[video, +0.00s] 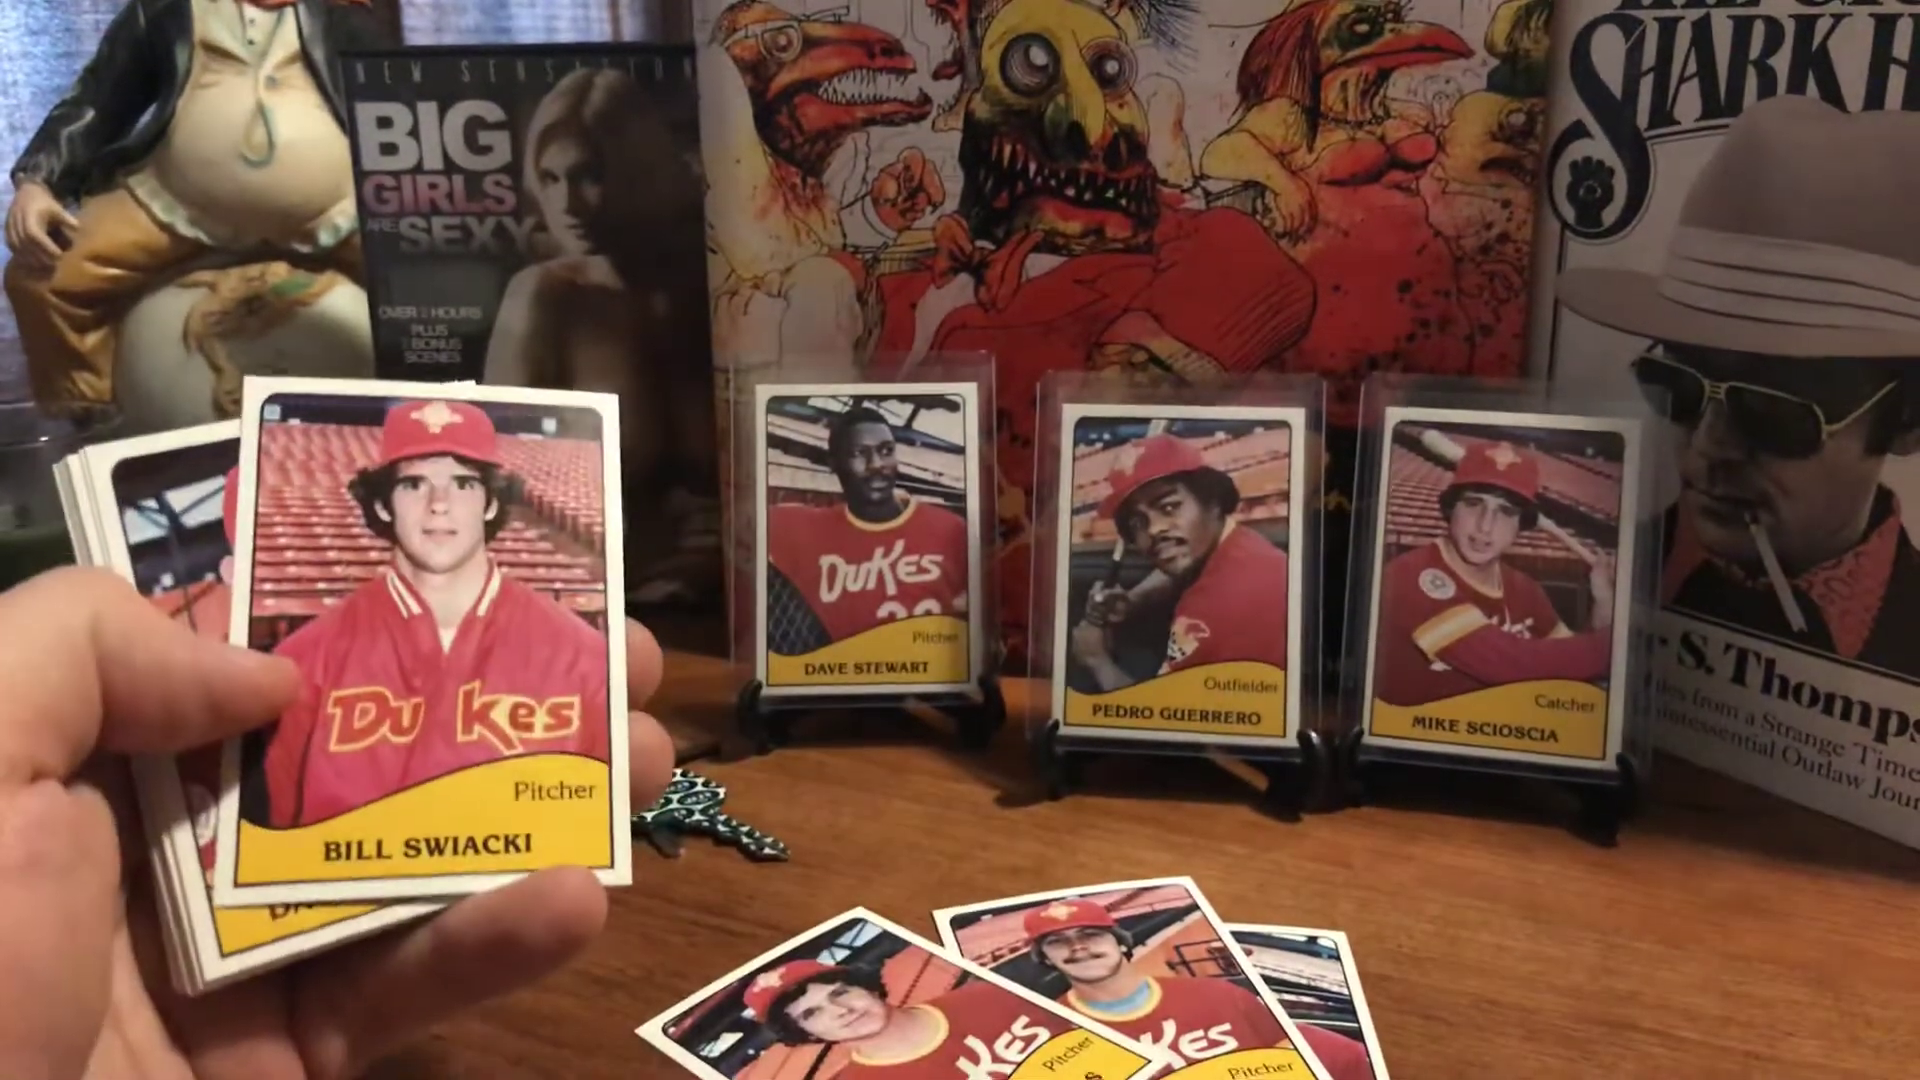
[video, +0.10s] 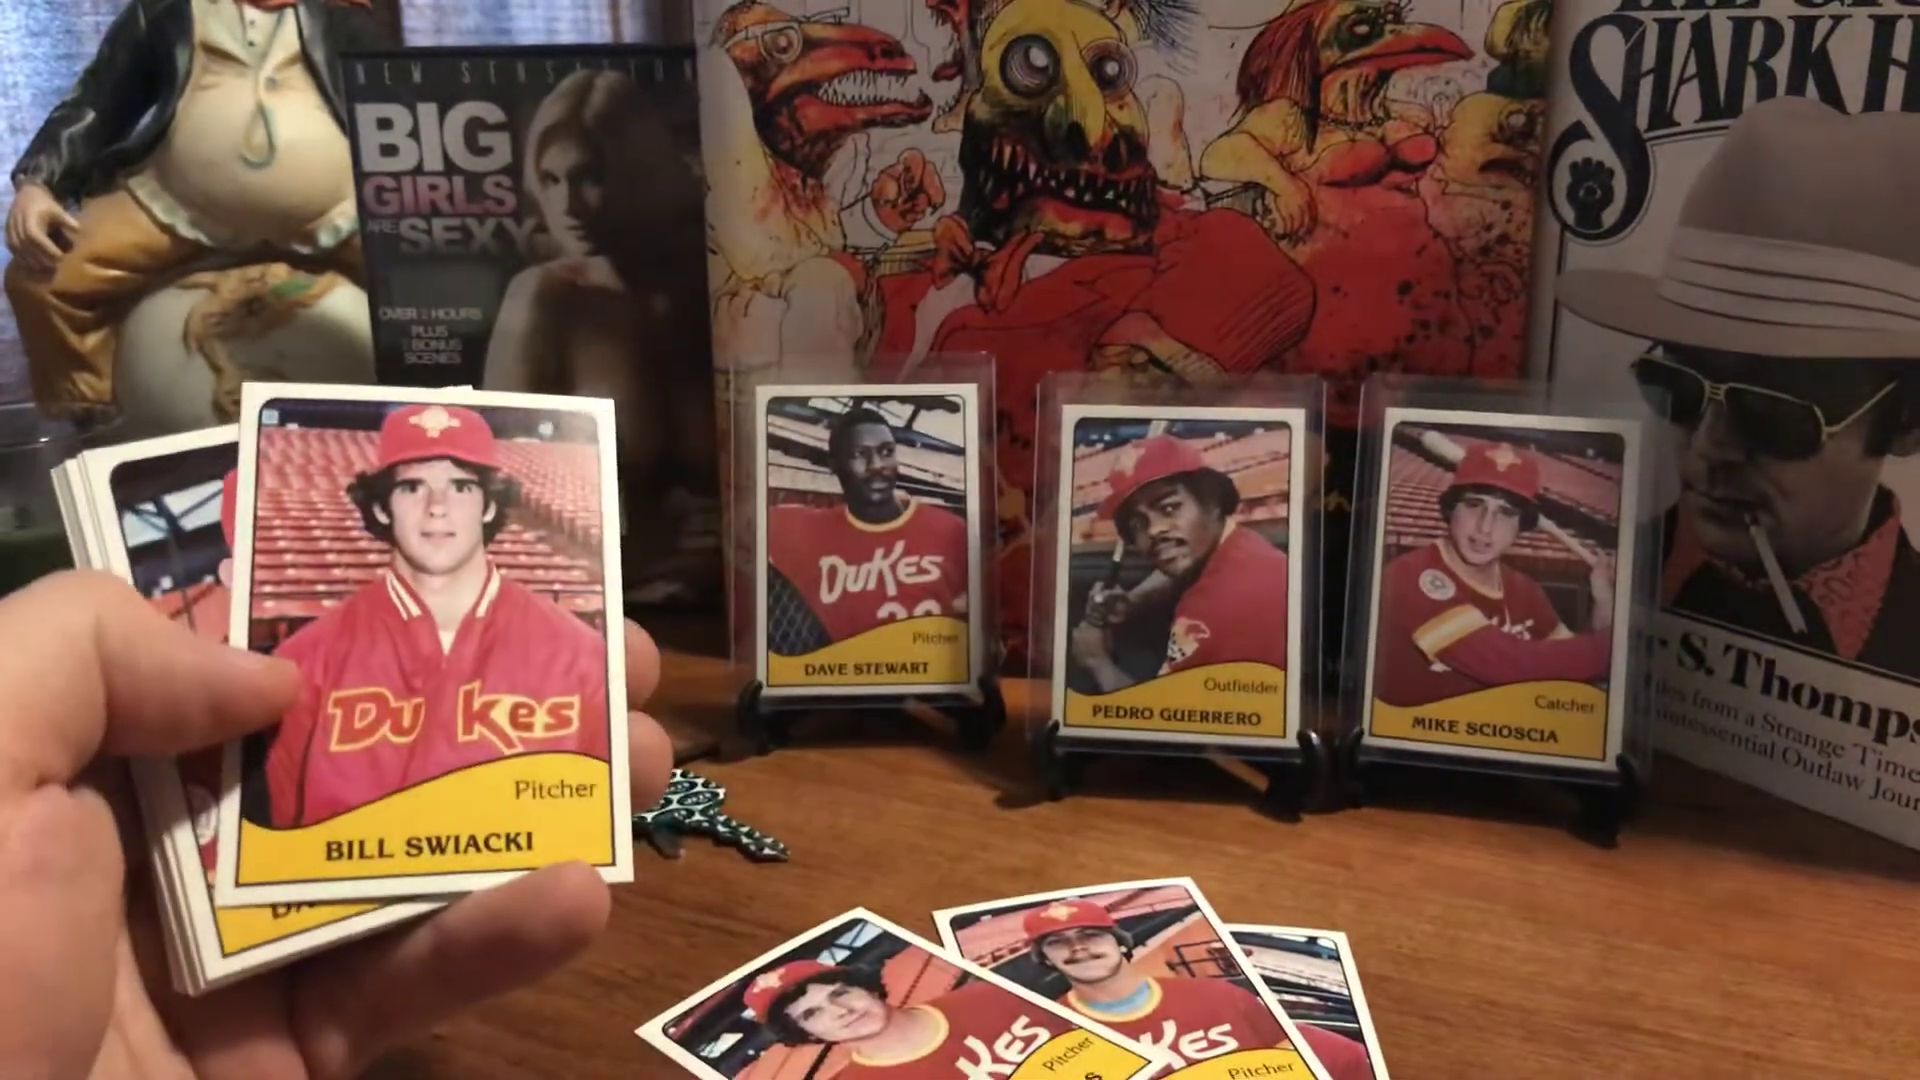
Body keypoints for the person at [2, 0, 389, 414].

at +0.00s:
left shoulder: (343, 16)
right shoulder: (162, 11)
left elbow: (395, 95)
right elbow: (98, 99)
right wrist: (34, 179)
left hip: (338, 209)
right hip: (176, 204)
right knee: (42, 278)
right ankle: (92, 430)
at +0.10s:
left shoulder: (343, 17)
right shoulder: (162, 13)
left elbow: (394, 91)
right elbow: (99, 99)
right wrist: (34, 180)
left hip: (340, 209)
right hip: (178, 206)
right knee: (43, 279)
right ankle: (96, 431)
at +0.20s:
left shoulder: (345, 20)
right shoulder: (163, 12)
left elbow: (398, 103)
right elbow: (97, 102)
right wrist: (34, 182)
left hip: (338, 214)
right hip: (177, 207)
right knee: (43, 282)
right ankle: (95, 431)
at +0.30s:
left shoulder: (346, 21)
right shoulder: (163, 13)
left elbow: (398, 104)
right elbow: (97, 103)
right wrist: (34, 182)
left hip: (338, 214)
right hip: (177, 208)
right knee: (43, 283)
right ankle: (95, 432)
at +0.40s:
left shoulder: (348, 14)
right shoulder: (163, 11)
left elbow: (397, 93)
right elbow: (100, 98)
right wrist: (34, 181)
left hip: (340, 209)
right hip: (178, 207)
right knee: (42, 279)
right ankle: (97, 434)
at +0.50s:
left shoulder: (347, 20)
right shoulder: (165, 12)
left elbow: (400, 105)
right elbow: (97, 102)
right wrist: (34, 182)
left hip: (338, 213)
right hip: (178, 207)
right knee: (43, 283)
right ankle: (89, 456)